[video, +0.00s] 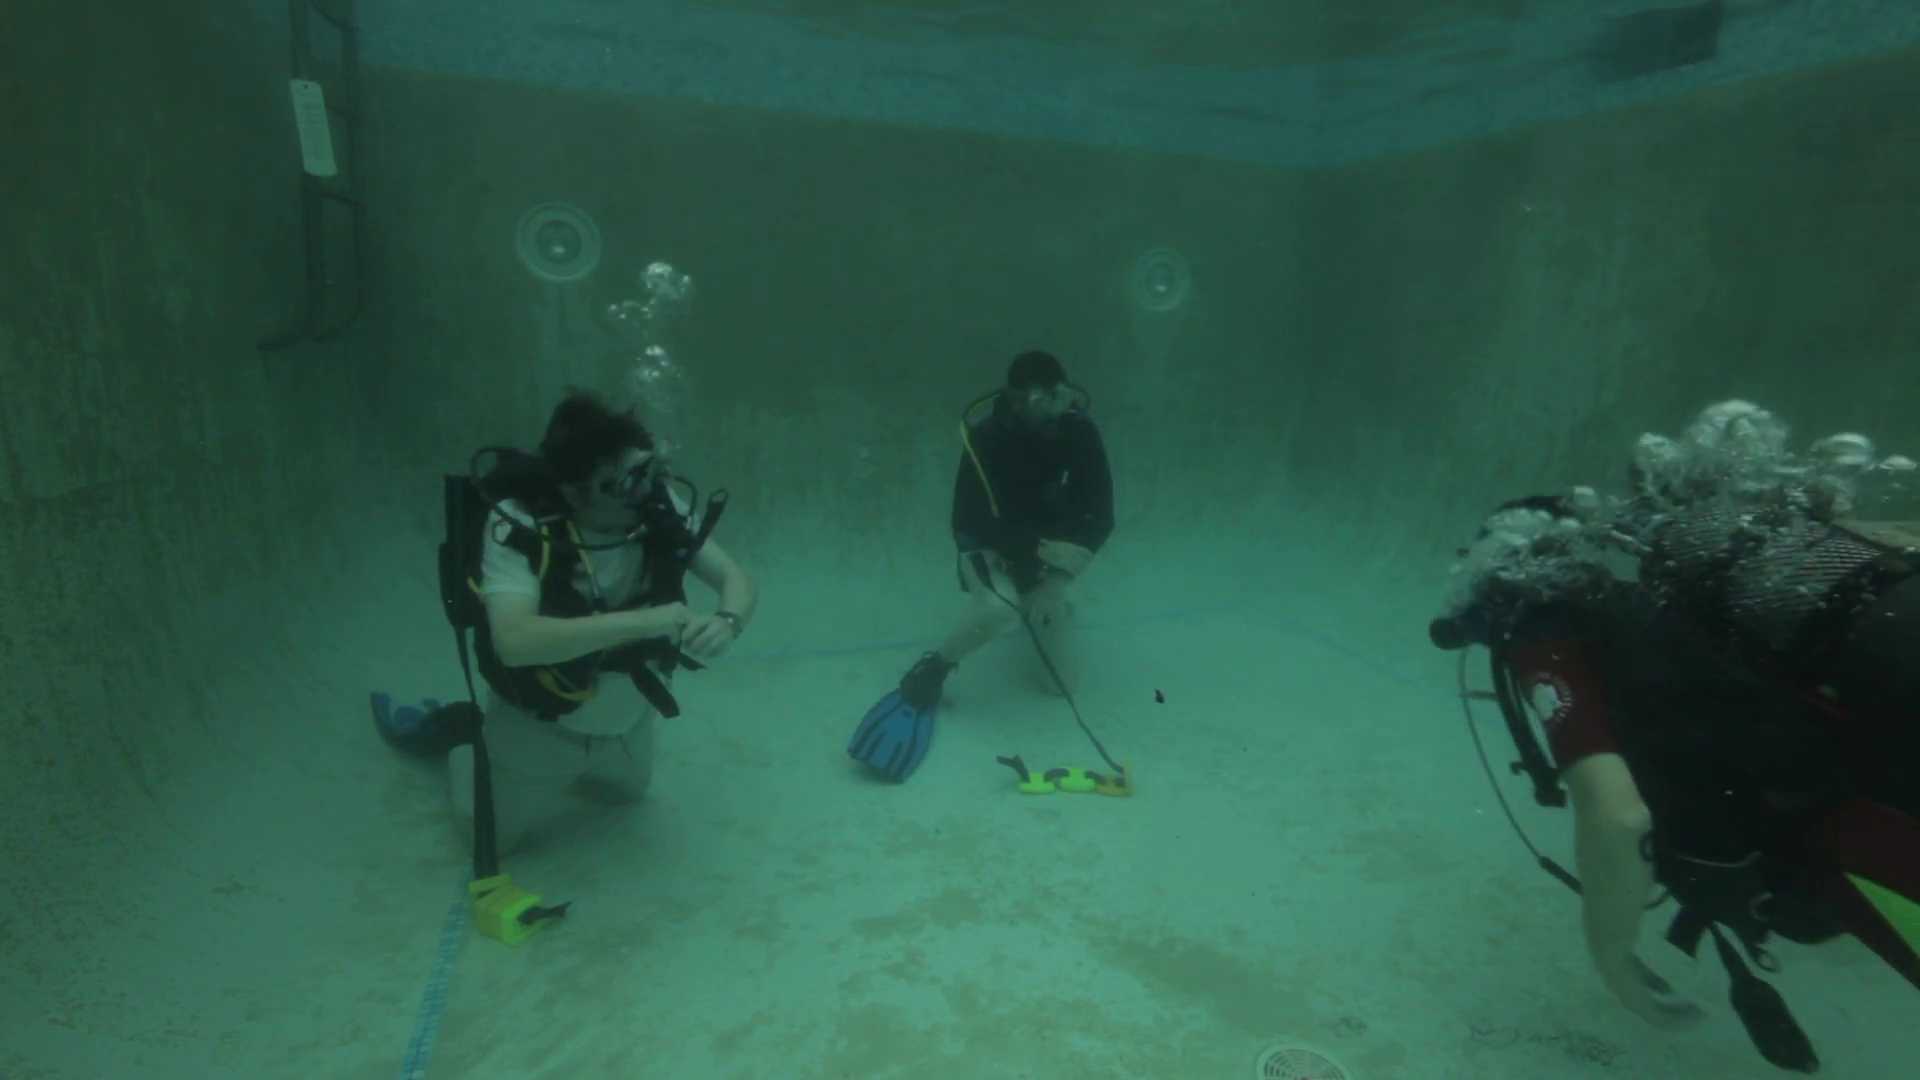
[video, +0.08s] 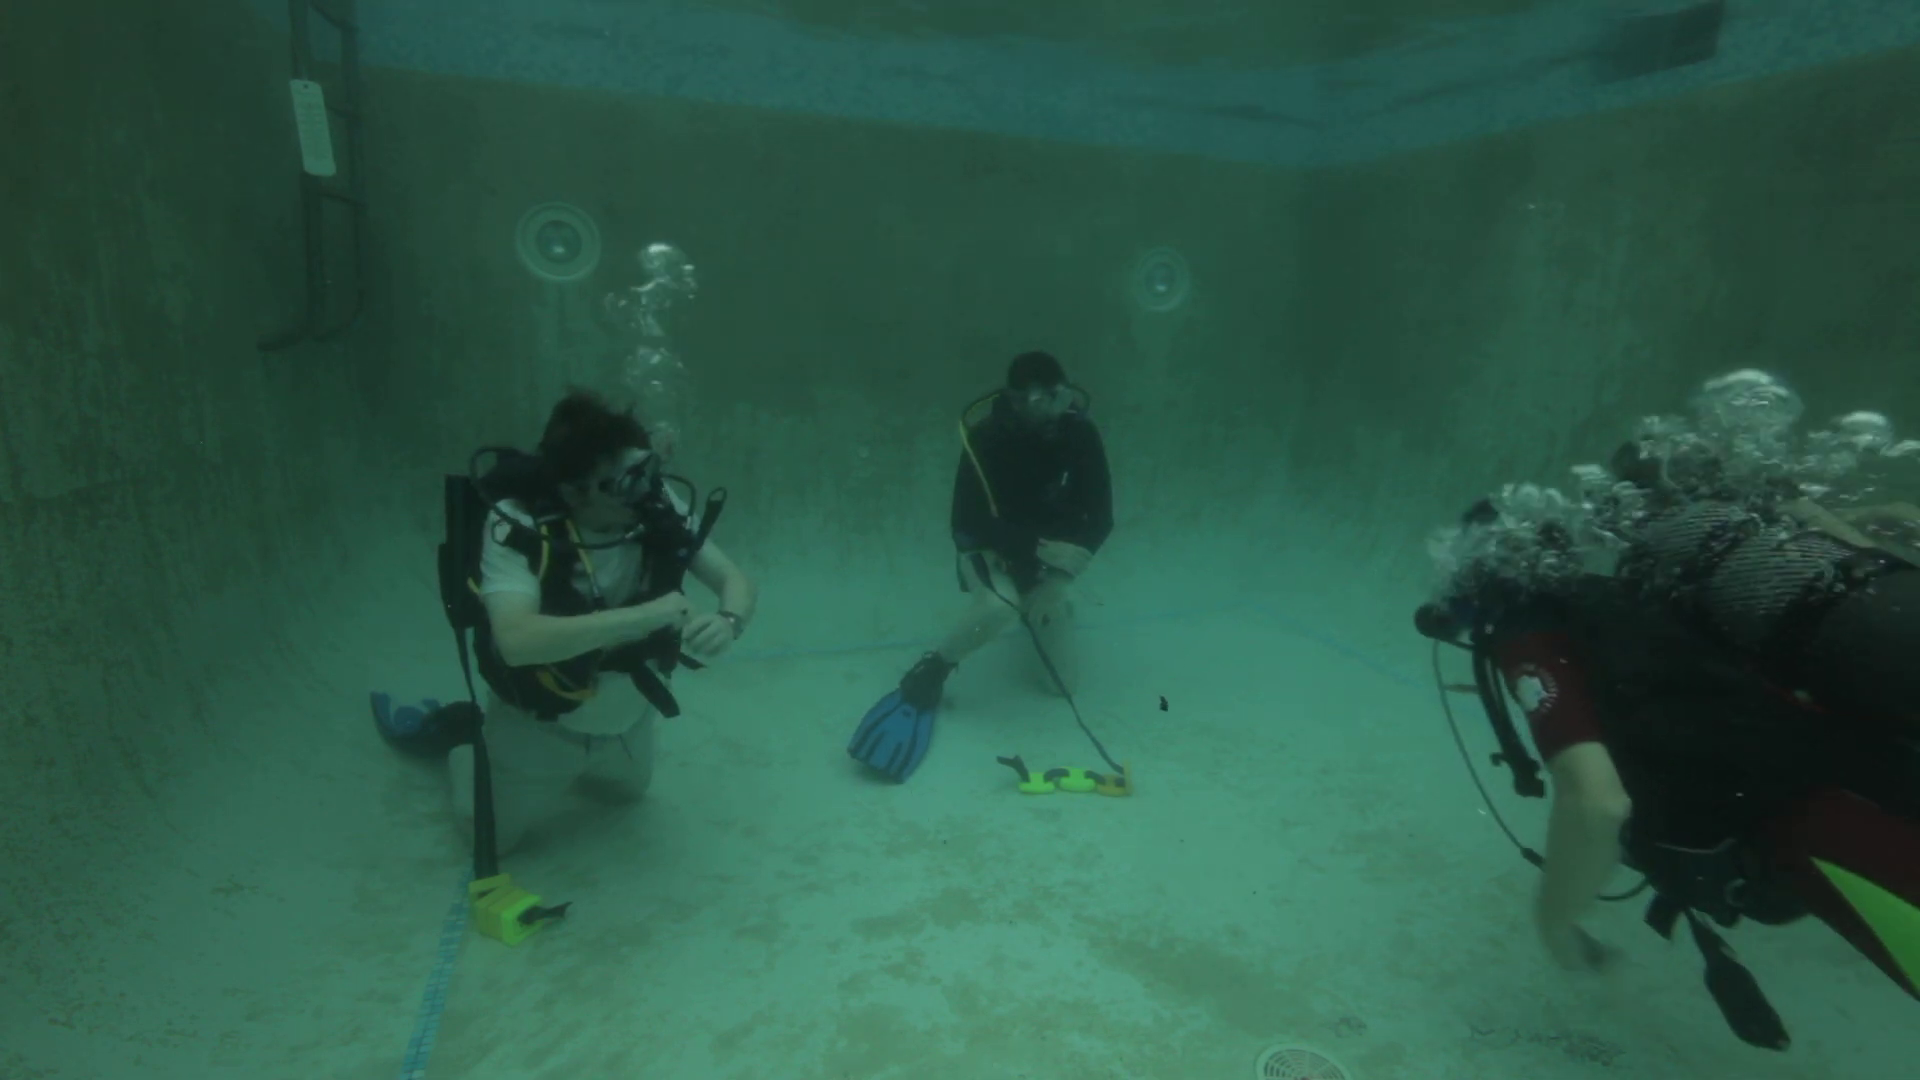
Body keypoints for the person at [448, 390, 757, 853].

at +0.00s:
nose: (646, 494)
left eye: (648, 475)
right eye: (627, 483)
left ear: (653, 465)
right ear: (575, 492)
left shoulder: (657, 508)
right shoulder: (517, 525)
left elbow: (736, 579)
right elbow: (514, 641)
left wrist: (729, 621)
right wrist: (648, 622)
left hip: (627, 713)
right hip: (538, 723)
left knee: (627, 787)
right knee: (500, 835)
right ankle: (463, 730)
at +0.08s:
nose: (643, 494)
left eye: (646, 475)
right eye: (625, 483)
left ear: (651, 467)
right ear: (573, 491)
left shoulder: (657, 507)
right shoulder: (515, 525)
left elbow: (736, 581)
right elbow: (515, 640)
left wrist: (729, 621)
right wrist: (645, 619)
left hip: (627, 713)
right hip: (538, 723)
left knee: (627, 788)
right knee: (500, 835)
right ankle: (464, 730)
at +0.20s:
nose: (641, 494)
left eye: (643, 475)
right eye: (621, 483)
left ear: (649, 466)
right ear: (570, 491)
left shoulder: (651, 509)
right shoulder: (513, 527)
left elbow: (731, 581)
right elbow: (521, 639)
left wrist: (731, 621)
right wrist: (645, 602)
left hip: (625, 711)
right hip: (539, 721)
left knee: (628, 786)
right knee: (503, 832)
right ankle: (466, 730)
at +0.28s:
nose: (637, 495)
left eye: (640, 476)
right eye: (618, 483)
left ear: (647, 467)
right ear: (568, 492)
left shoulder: (653, 507)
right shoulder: (512, 527)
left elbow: (727, 581)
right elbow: (527, 637)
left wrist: (733, 623)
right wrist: (645, 591)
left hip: (627, 709)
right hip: (539, 720)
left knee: (628, 786)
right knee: (501, 833)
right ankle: (464, 730)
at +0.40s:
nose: (634, 494)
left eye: (637, 475)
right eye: (614, 483)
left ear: (645, 466)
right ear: (566, 491)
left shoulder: (653, 508)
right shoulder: (510, 528)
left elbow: (721, 583)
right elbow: (538, 632)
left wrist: (733, 627)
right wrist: (652, 576)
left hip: (626, 706)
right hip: (538, 719)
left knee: (627, 787)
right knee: (507, 830)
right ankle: (463, 731)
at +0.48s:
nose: (633, 494)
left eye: (636, 475)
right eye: (612, 483)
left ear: (643, 466)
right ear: (563, 489)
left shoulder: (649, 513)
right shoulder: (508, 529)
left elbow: (720, 586)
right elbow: (544, 628)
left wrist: (731, 631)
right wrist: (654, 568)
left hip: (626, 712)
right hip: (538, 723)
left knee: (627, 787)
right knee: (500, 834)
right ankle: (463, 731)